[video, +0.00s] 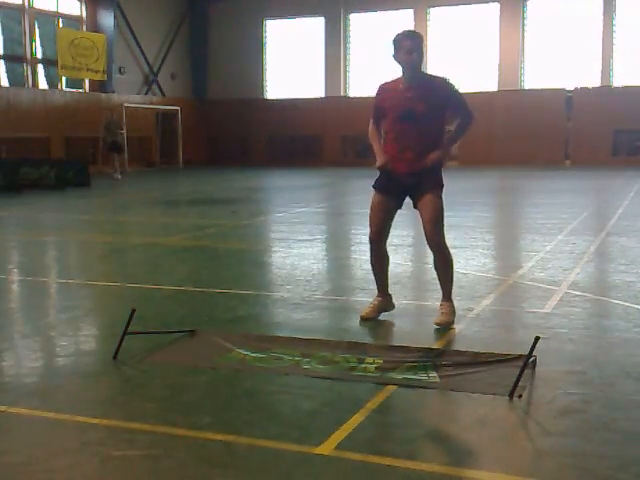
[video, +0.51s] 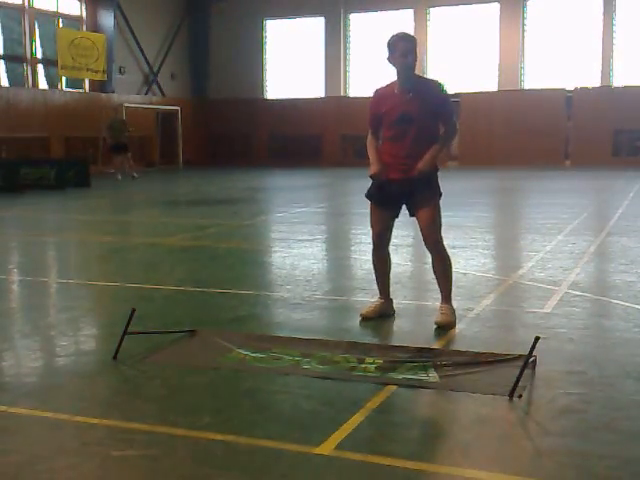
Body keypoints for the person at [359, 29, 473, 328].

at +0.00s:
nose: (412, 56)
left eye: (416, 50)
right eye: (406, 51)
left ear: (422, 54)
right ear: (396, 55)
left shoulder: (439, 86)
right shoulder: (386, 90)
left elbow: (466, 117)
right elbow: (374, 125)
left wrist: (443, 148)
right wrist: (380, 153)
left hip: (426, 174)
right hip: (391, 173)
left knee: (435, 240)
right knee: (375, 237)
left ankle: (446, 302)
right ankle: (383, 298)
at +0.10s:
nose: (410, 62)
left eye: (414, 57)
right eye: (404, 57)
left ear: (421, 61)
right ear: (394, 62)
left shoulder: (437, 97)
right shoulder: (382, 102)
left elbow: (461, 130)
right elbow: (370, 135)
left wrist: (441, 162)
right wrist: (377, 166)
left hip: (425, 183)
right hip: (389, 183)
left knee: (435, 244)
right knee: (372, 242)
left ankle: (446, 306)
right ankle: (384, 302)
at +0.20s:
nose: (409, 61)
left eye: (413, 56)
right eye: (403, 56)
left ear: (420, 60)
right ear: (393, 61)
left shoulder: (436, 95)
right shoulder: (381, 99)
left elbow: (456, 129)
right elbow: (372, 136)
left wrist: (437, 161)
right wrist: (380, 167)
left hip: (423, 181)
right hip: (388, 182)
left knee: (435, 244)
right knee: (374, 243)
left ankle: (446, 306)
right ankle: (384, 302)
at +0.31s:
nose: (409, 58)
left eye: (413, 53)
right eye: (403, 54)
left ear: (419, 56)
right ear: (392, 57)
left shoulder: (433, 91)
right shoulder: (381, 95)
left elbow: (452, 127)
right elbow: (371, 134)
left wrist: (436, 157)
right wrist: (379, 163)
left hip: (422, 178)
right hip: (387, 179)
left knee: (434, 242)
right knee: (377, 240)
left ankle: (446, 305)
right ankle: (384, 301)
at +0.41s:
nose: (408, 58)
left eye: (412, 53)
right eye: (402, 53)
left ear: (418, 56)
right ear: (391, 57)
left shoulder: (432, 91)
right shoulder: (380, 96)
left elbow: (450, 127)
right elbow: (371, 134)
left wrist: (434, 156)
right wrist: (375, 163)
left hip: (422, 180)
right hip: (386, 181)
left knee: (434, 242)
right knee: (378, 240)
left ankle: (446, 305)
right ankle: (384, 301)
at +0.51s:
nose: (405, 58)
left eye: (410, 52)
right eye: (400, 53)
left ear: (417, 56)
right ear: (390, 57)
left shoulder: (432, 91)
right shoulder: (381, 96)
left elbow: (450, 129)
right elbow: (372, 134)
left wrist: (432, 156)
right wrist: (375, 164)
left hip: (421, 179)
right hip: (386, 181)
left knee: (434, 242)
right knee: (378, 240)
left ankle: (446, 305)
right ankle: (384, 301)